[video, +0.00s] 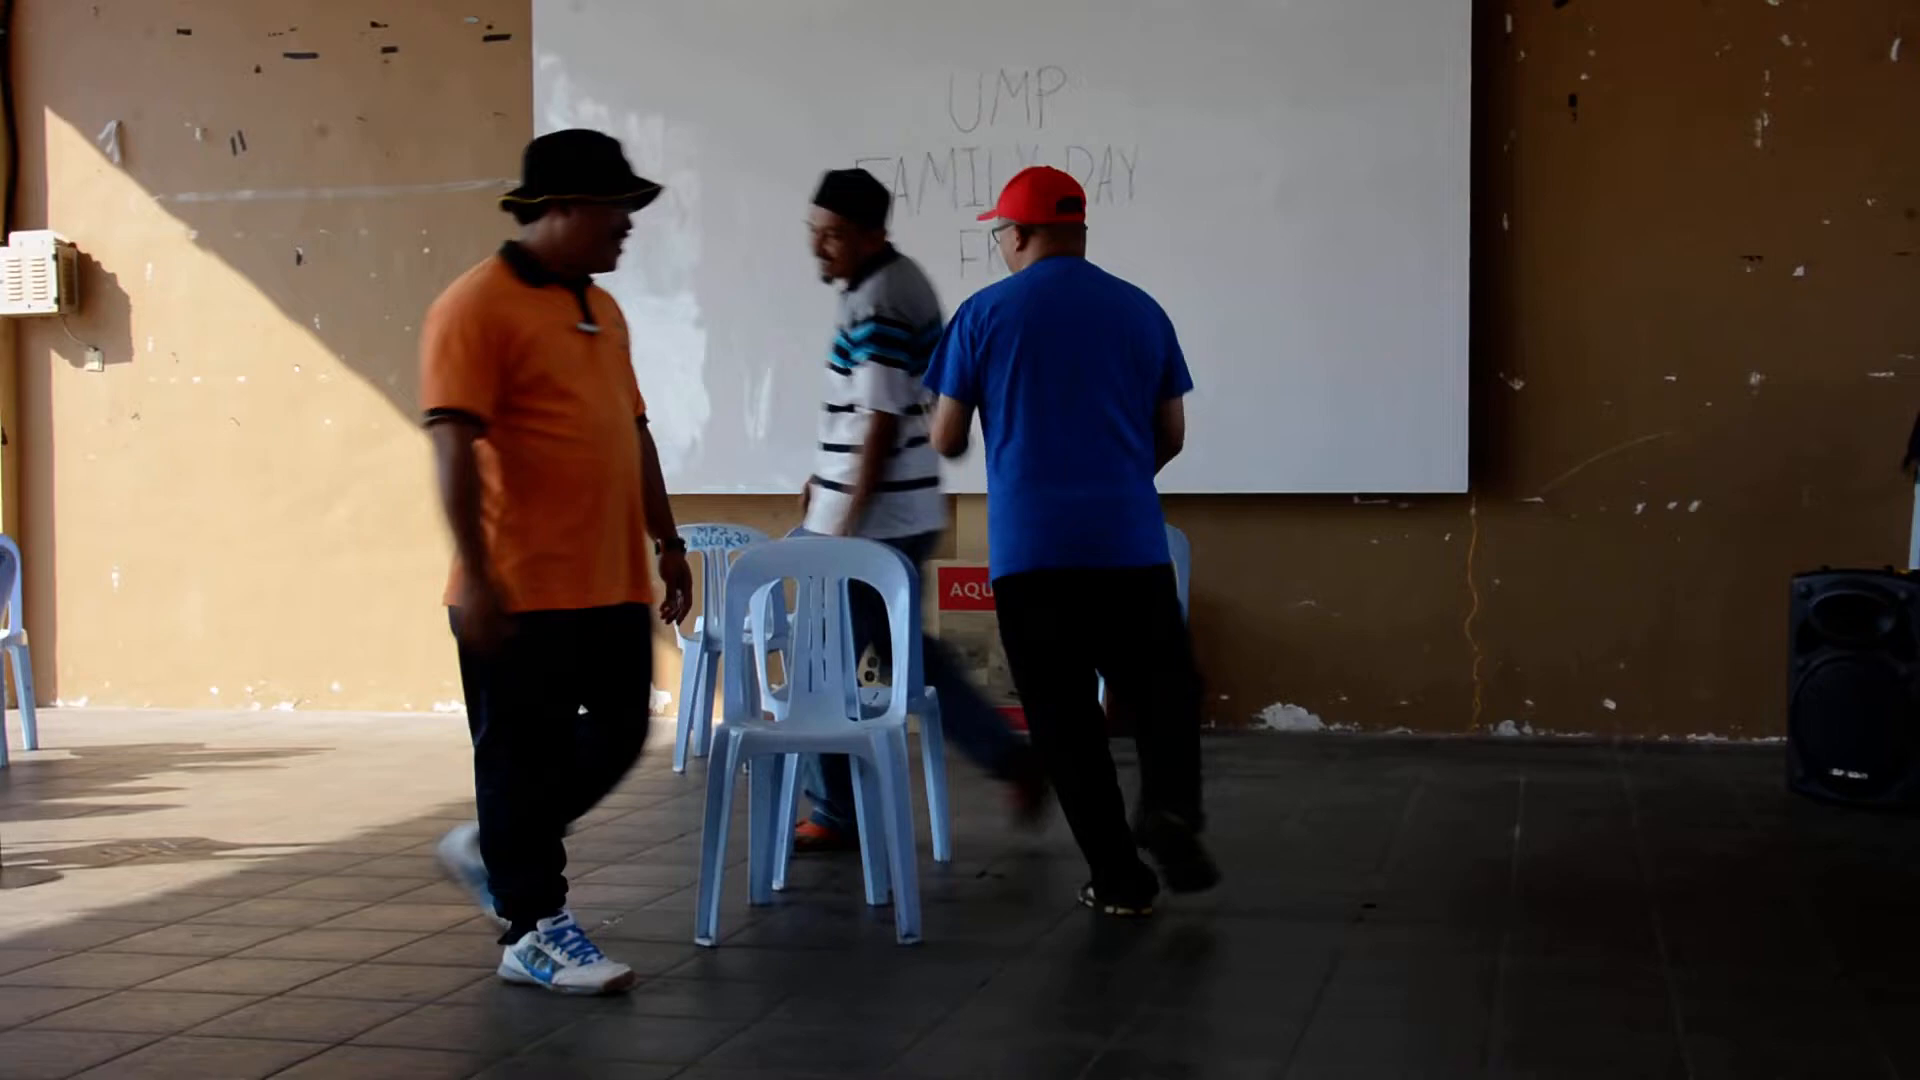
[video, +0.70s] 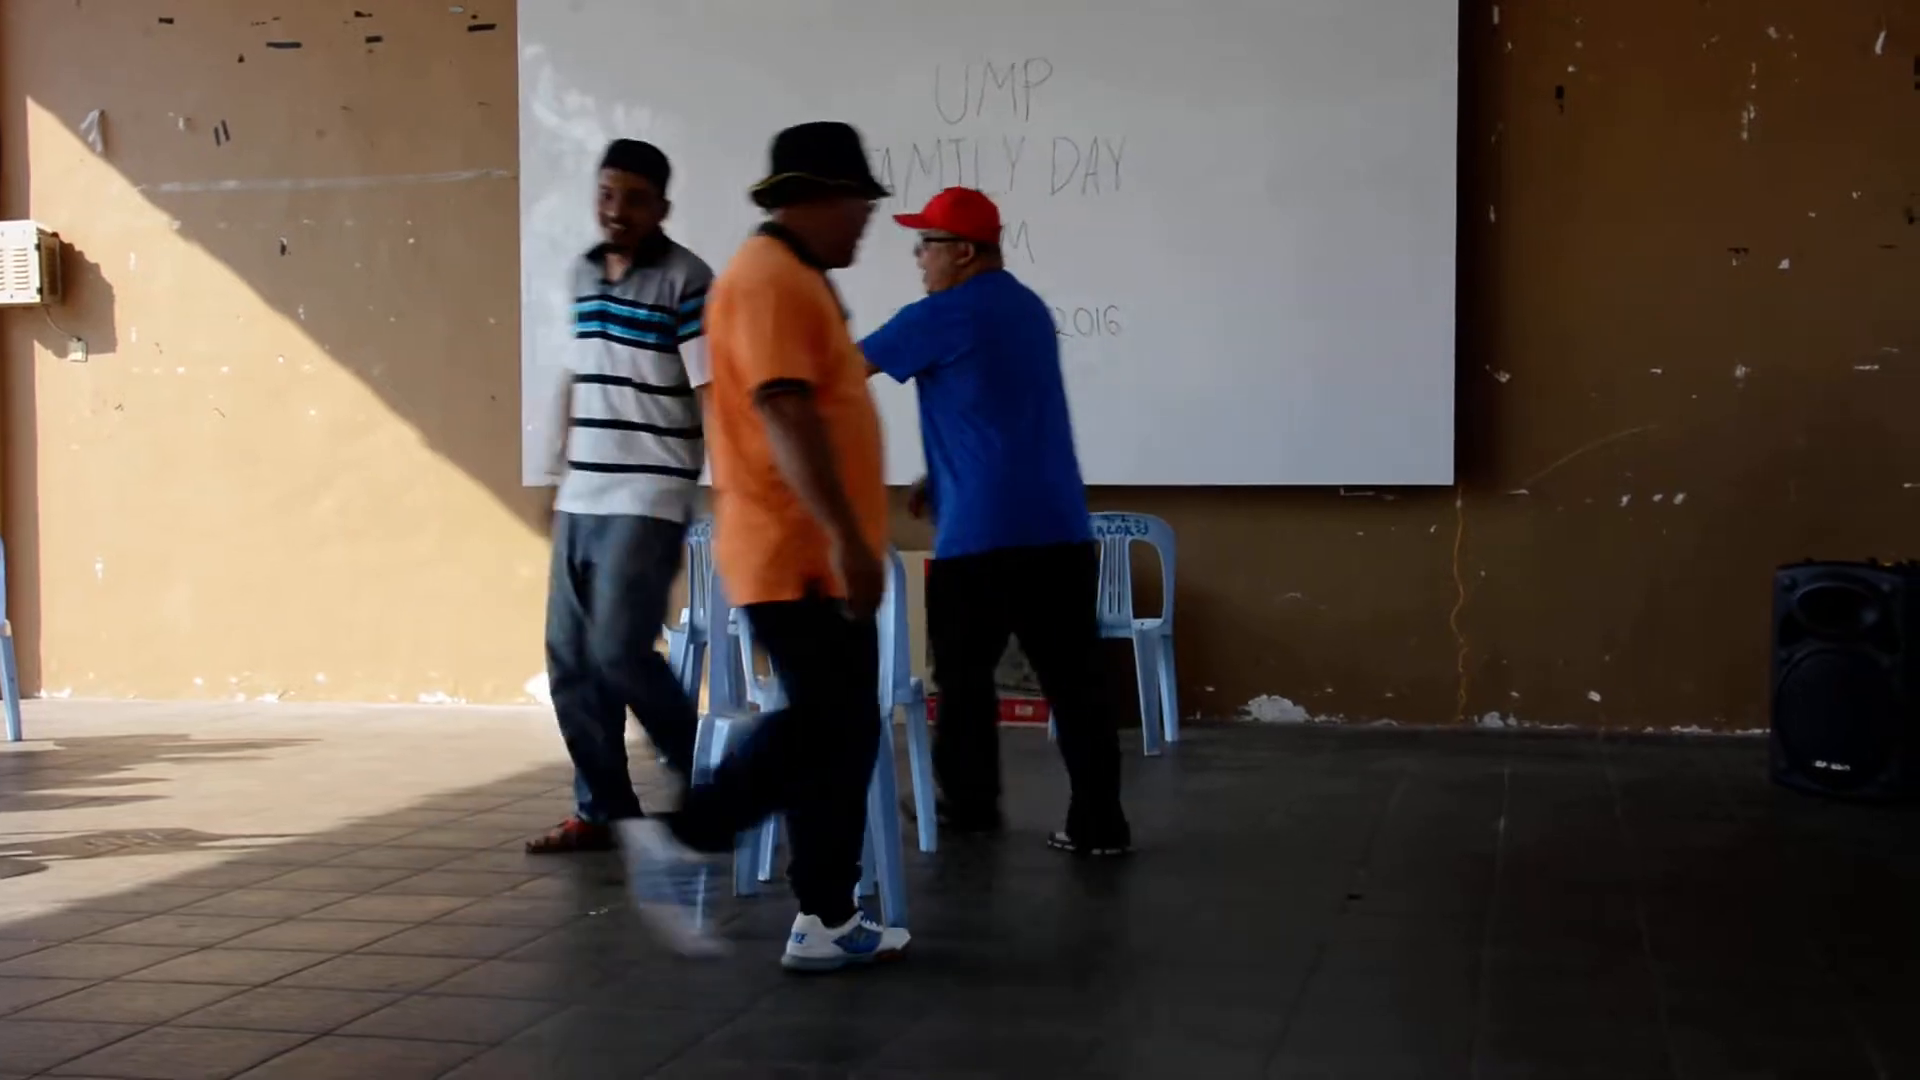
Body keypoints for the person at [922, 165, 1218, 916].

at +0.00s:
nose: (999, 248)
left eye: (1002, 235)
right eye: (1001, 236)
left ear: (1020, 236)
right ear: (1080, 232)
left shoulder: (984, 313)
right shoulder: (1140, 309)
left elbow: (945, 440)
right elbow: (1169, 436)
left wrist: (961, 395)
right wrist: (1114, 472)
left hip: (1031, 555)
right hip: (1131, 552)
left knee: (1062, 723)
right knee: (1166, 690)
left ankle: (1118, 881)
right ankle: (1172, 825)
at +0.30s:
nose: (974, 255)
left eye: (980, 242)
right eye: (975, 242)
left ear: (1006, 248)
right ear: (1050, 244)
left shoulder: (984, 322)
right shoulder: (1116, 317)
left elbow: (901, 389)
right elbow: (1153, 427)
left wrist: (864, 373)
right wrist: (1106, 484)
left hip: (1031, 549)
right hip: (1115, 546)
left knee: (1056, 712)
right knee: (1113, 695)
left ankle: (1115, 873)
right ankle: (1112, 846)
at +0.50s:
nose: (950, 258)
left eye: (959, 247)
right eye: (952, 246)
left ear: (994, 251)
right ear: (1015, 250)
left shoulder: (967, 317)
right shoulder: (1081, 314)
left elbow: (869, 385)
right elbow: (1106, 420)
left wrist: (799, 385)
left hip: (1013, 536)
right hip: (1099, 531)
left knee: (1009, 681)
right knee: (1105, 677)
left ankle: (1087, 803)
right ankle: (1109, 824)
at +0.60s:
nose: (936, 256)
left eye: (945, 244)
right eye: (936, 243)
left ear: (983, 248)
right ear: (1003, 248)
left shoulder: (960, 311)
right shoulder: (1058, 309)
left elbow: (857, 373)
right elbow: (1025, 419)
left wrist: (785, 382)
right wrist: (967, 492)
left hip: (999, 531)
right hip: (1081, 528)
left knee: (978, 668)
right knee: (1096, 681)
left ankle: (1037, 808)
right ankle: (1105, 829)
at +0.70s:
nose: (918, 258)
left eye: (929, 247)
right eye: (920, 246)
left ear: (964, 253)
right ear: (979, 252)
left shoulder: (944, 313)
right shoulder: (1029, 307)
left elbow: (848, 366)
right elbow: (1008, 418)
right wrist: (940, 480)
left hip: (979, 536)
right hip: (1058, 529)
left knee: (963, 685)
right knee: (1077, 684)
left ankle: (970, 818)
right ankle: (1100, 827)